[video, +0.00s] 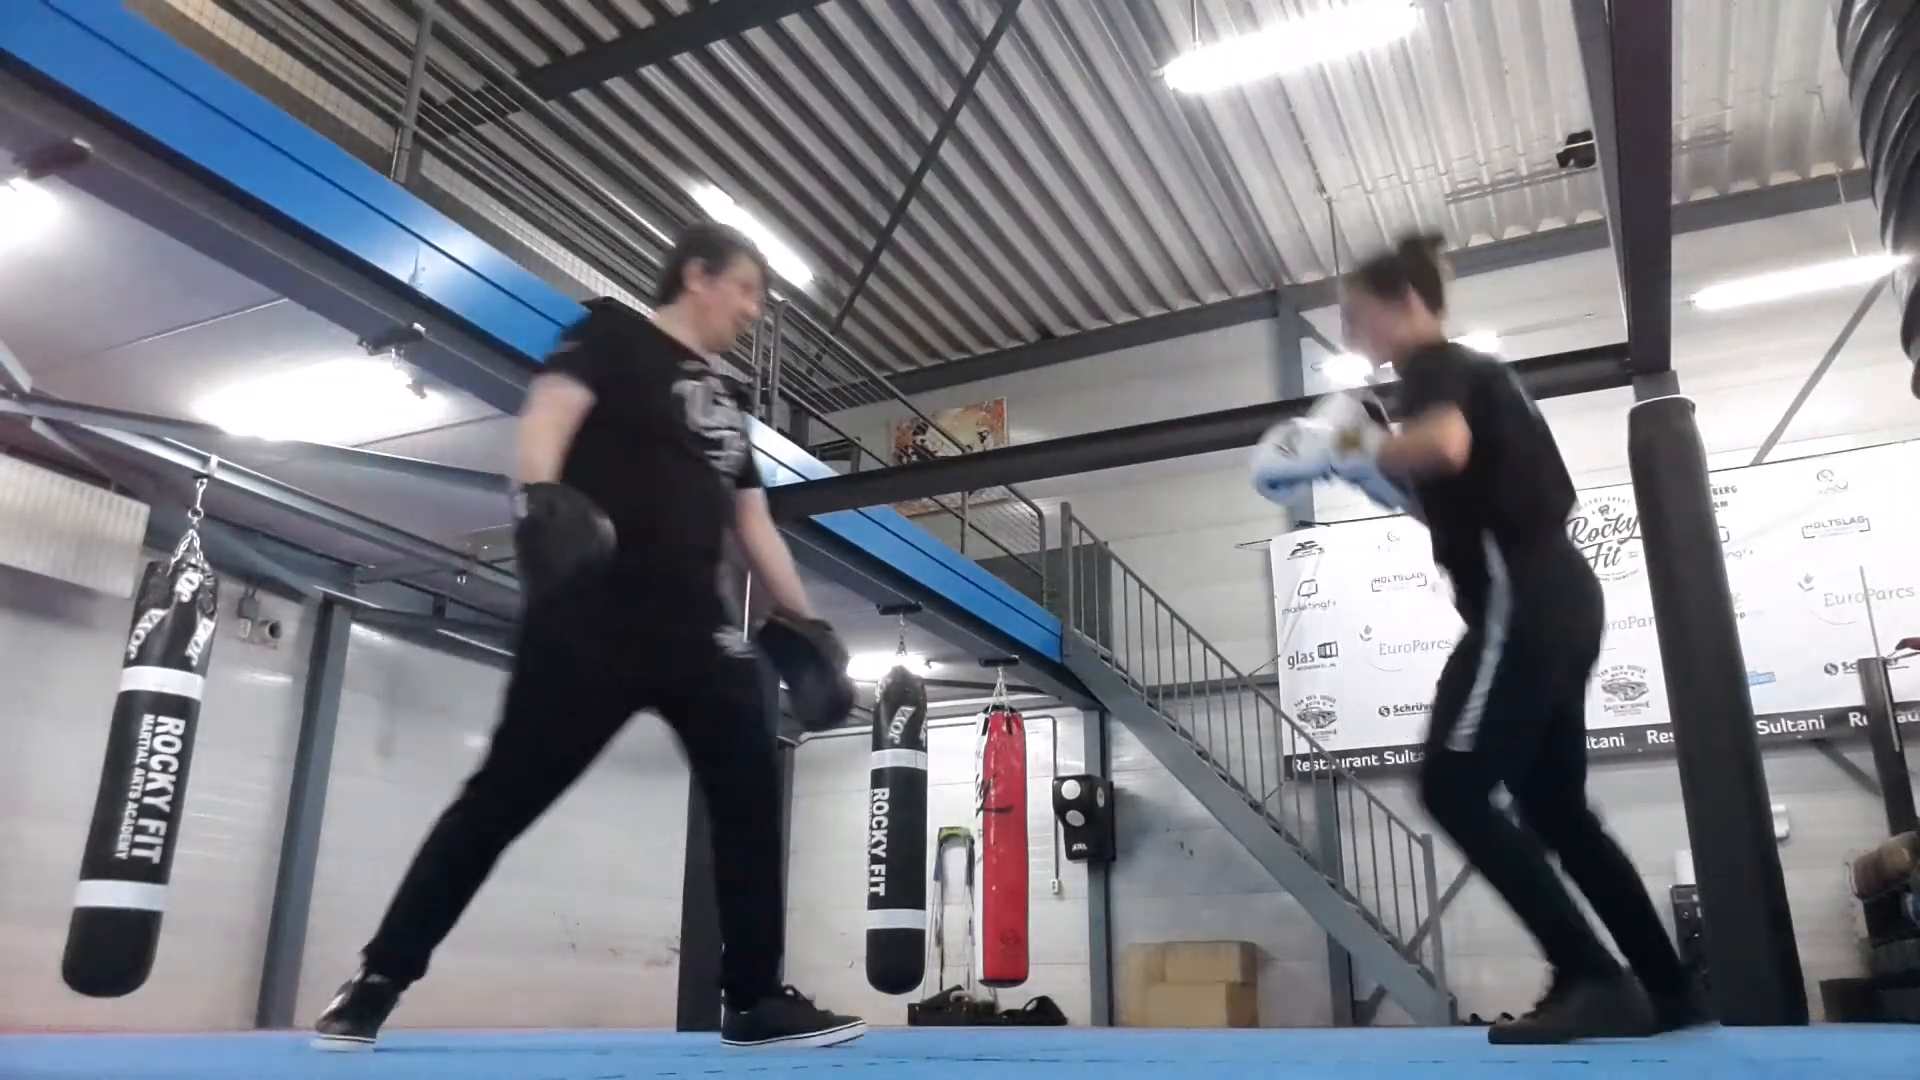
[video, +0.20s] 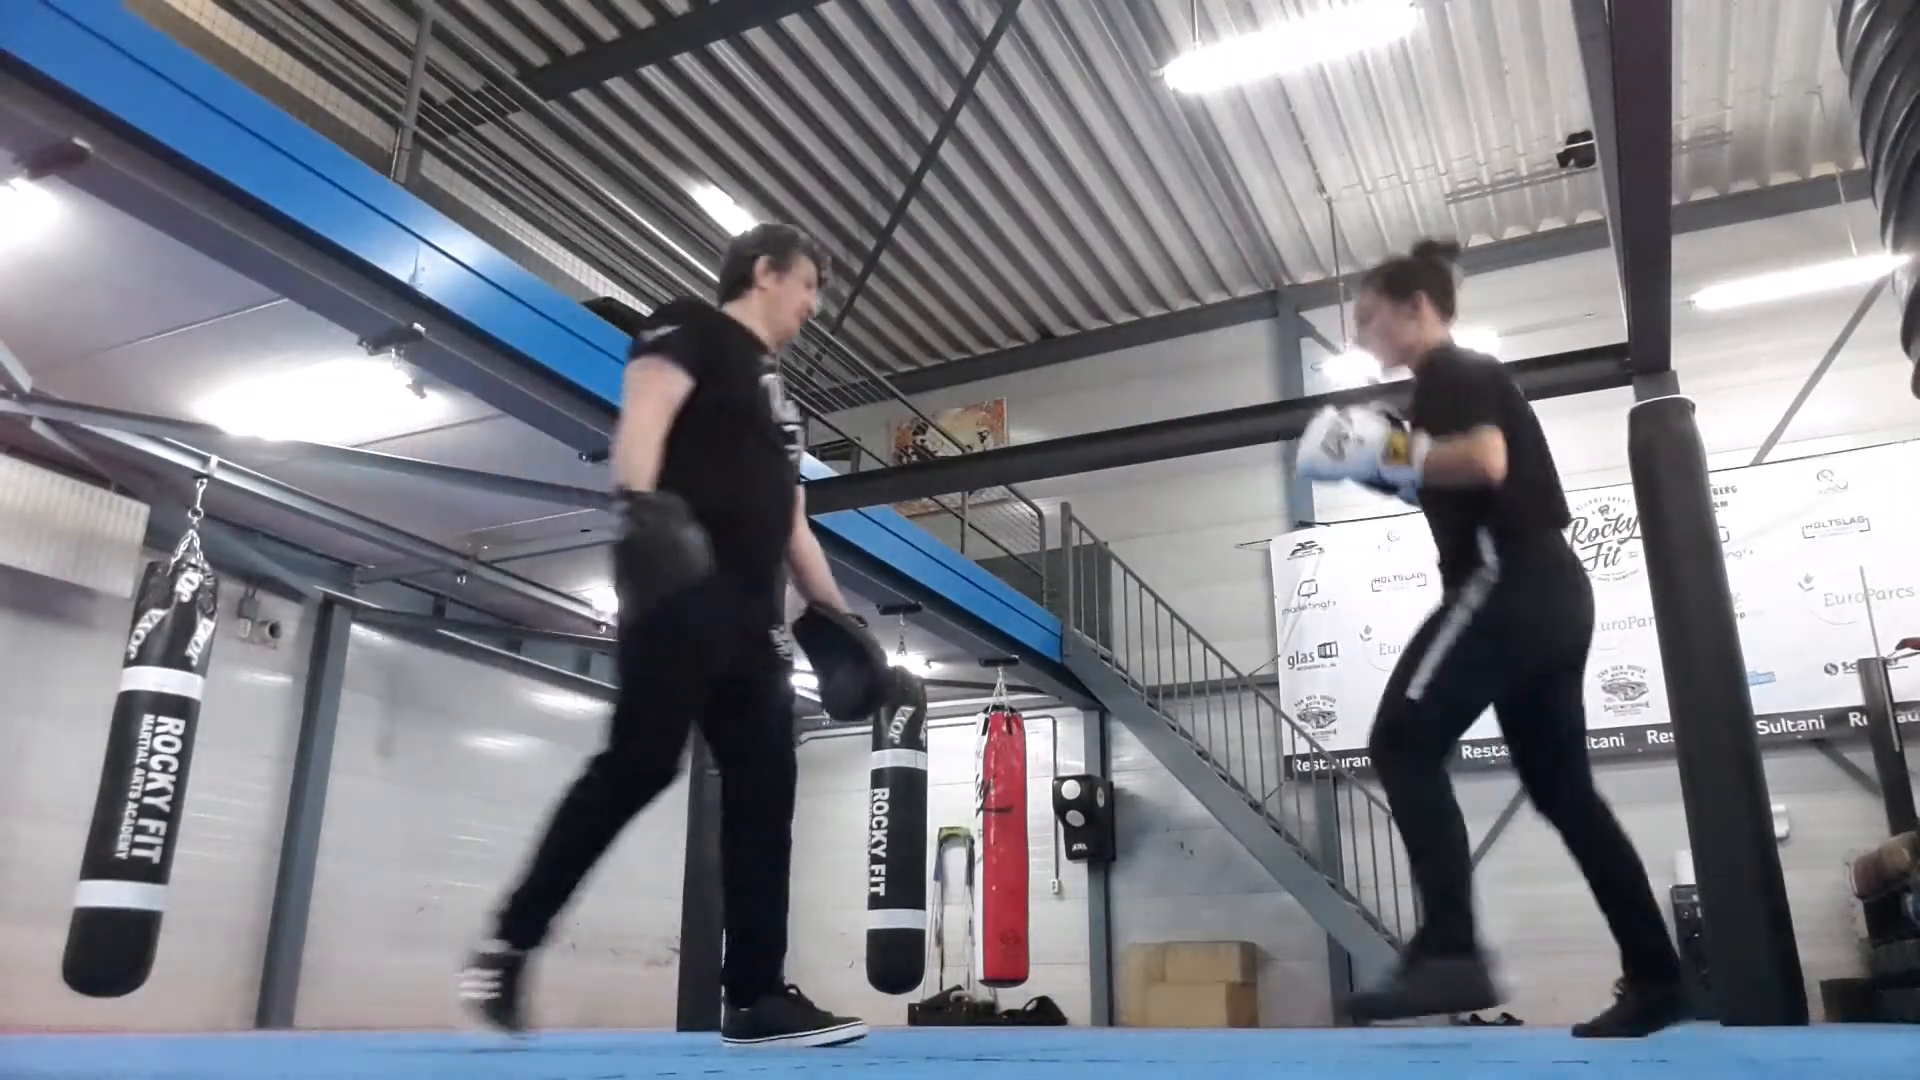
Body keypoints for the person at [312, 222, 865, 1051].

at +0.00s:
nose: (757, 309)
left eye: (762, 296)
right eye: (749, 288)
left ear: (717, 288)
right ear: (698, 277)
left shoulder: (722, 396)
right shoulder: (618, 331)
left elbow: (753, 518)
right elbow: (549, 411)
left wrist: (798, 618)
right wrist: (542, 500)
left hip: (695, 629)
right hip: (596, 614)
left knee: (748, 794)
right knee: (504, 796)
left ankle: (757, 999)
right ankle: (379, 982)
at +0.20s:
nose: (814, 303)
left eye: (817, 290)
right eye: (809, 284)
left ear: (774, 282)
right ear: (765, 274)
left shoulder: (767, 392)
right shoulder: (695, 328)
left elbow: (787, 521)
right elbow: (645, 409)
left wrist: (835, 618)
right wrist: (644, 509)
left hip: (746, 613)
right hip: (677, 588)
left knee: (762, 786)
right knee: (641, 762)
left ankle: (757, 996)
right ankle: (511, 944)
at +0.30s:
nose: (831, 293)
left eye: (831, 282)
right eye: (823, 277)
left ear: (783, 276)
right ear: (780, 271)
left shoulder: (782, 377)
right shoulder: (727, 328)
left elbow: (793, 512)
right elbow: (670, 409)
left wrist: (836, 616)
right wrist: (688, 506)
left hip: (764, 590)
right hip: (701, 567)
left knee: (762, 776)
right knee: (695, 760)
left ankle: (756, 996)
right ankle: (599, 965)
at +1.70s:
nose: (892, 265)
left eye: (891, 248)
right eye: (890, 246)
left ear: (821, 239)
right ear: (866, 242)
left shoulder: (830, 335)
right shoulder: (796, 305)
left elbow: (804, 464)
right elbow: (734, 379)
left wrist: (855, 579)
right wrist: (675, 456)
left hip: (818, 597)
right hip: (777, 590)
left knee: (847, 777)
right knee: (753, 771)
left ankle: (854, 992)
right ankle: (701, 994)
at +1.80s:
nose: (892, 269)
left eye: (889, 253)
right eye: (891, 253)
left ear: (812, 251)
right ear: (873, 251)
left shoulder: (817, 327)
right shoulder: (823, 317)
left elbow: (805, 449)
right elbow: (791, 431)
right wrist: (756, 523)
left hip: (818, 599)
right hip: (797, 594)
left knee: (849, 778)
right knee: (767, 774)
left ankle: (854, 994)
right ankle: (703, 996)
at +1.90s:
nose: (884, 266)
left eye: (879, 255)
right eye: (881, 254)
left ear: (794, 263)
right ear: (869, 255)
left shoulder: (774, 345)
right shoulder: (851, 319)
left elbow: (783, 478)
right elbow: (893, 451)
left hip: (793, 590)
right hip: (822, 591)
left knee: (845, 785)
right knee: (771, 777)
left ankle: (854, 996)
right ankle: (704, 996)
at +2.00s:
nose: (877, 268)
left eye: (868, 257)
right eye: (875, 254)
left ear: (786, 268)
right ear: (864, 255)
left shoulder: (761, 354)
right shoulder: (863, 315)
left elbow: (806, 458)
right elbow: (977, 421)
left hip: (801, 587)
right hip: (836, 585)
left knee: (847, 787)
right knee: (774, 775)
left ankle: (853, 998)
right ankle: (705, 996)